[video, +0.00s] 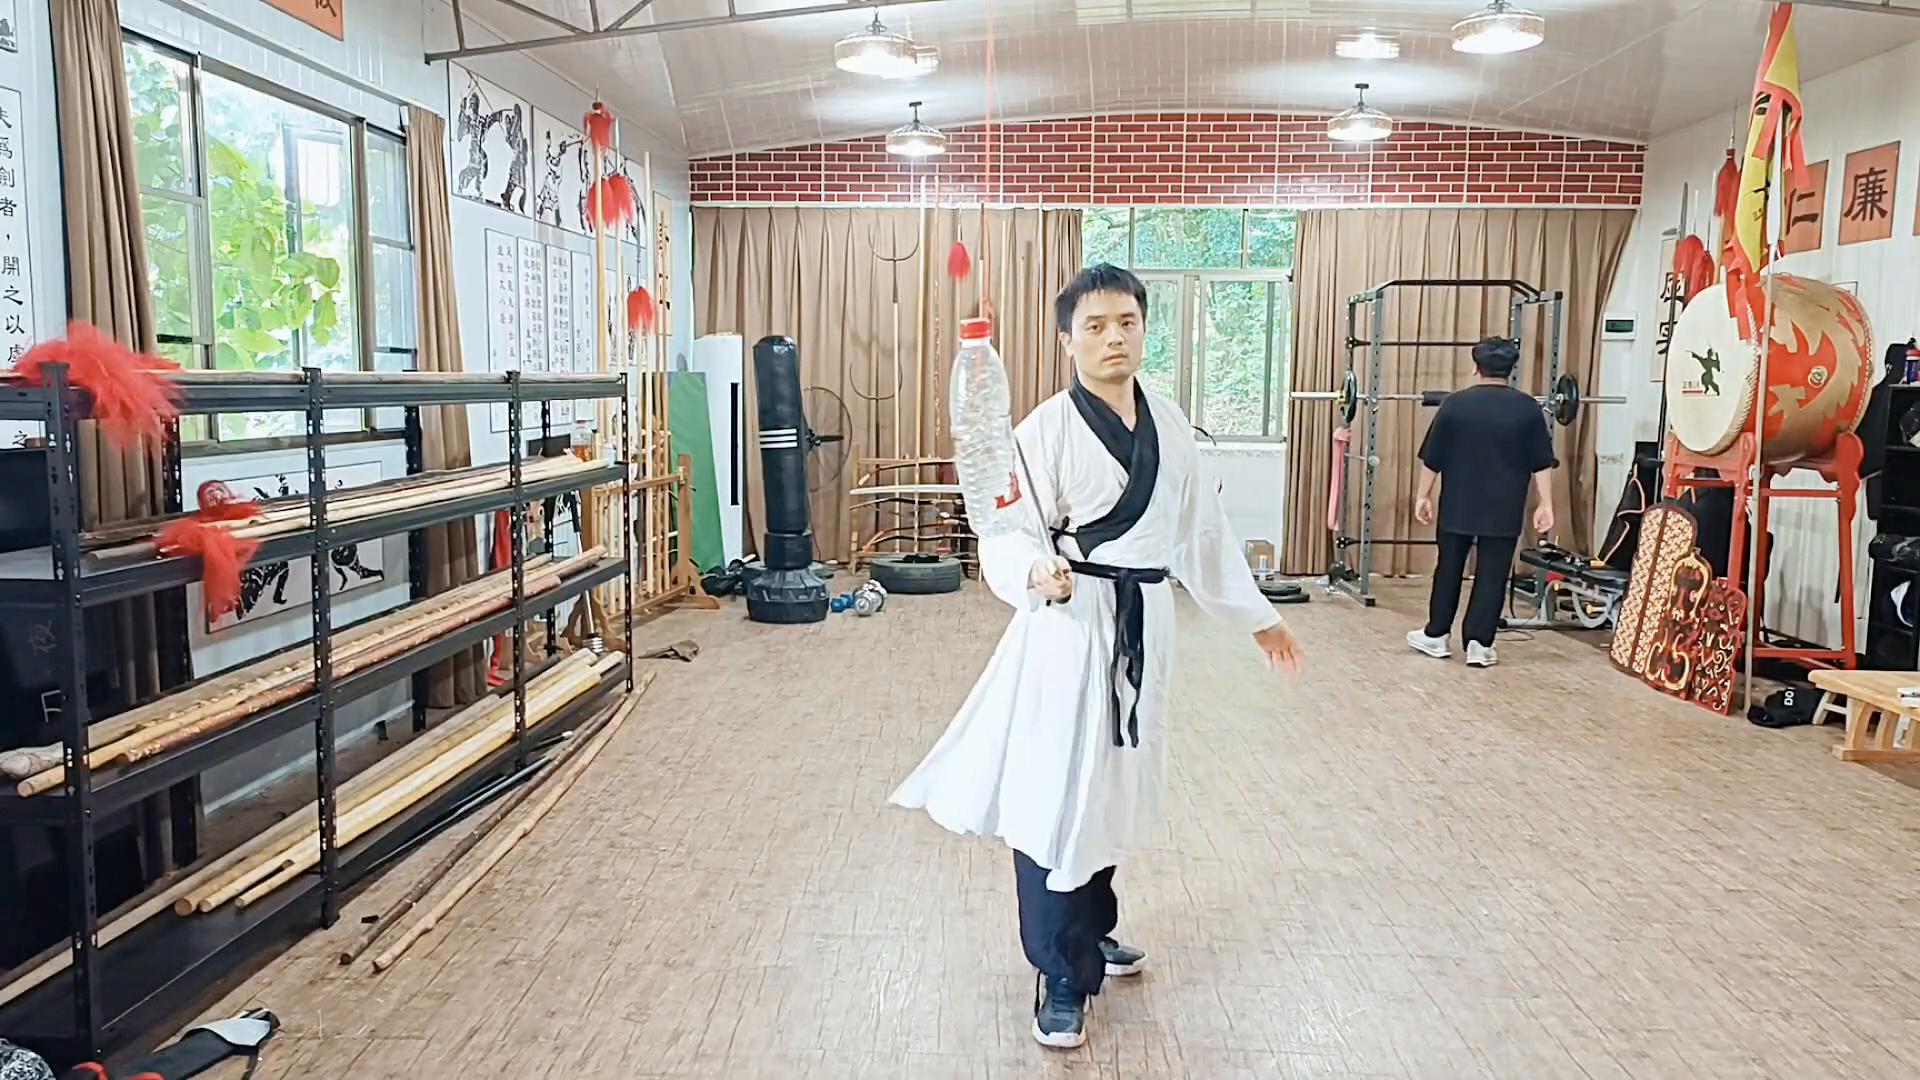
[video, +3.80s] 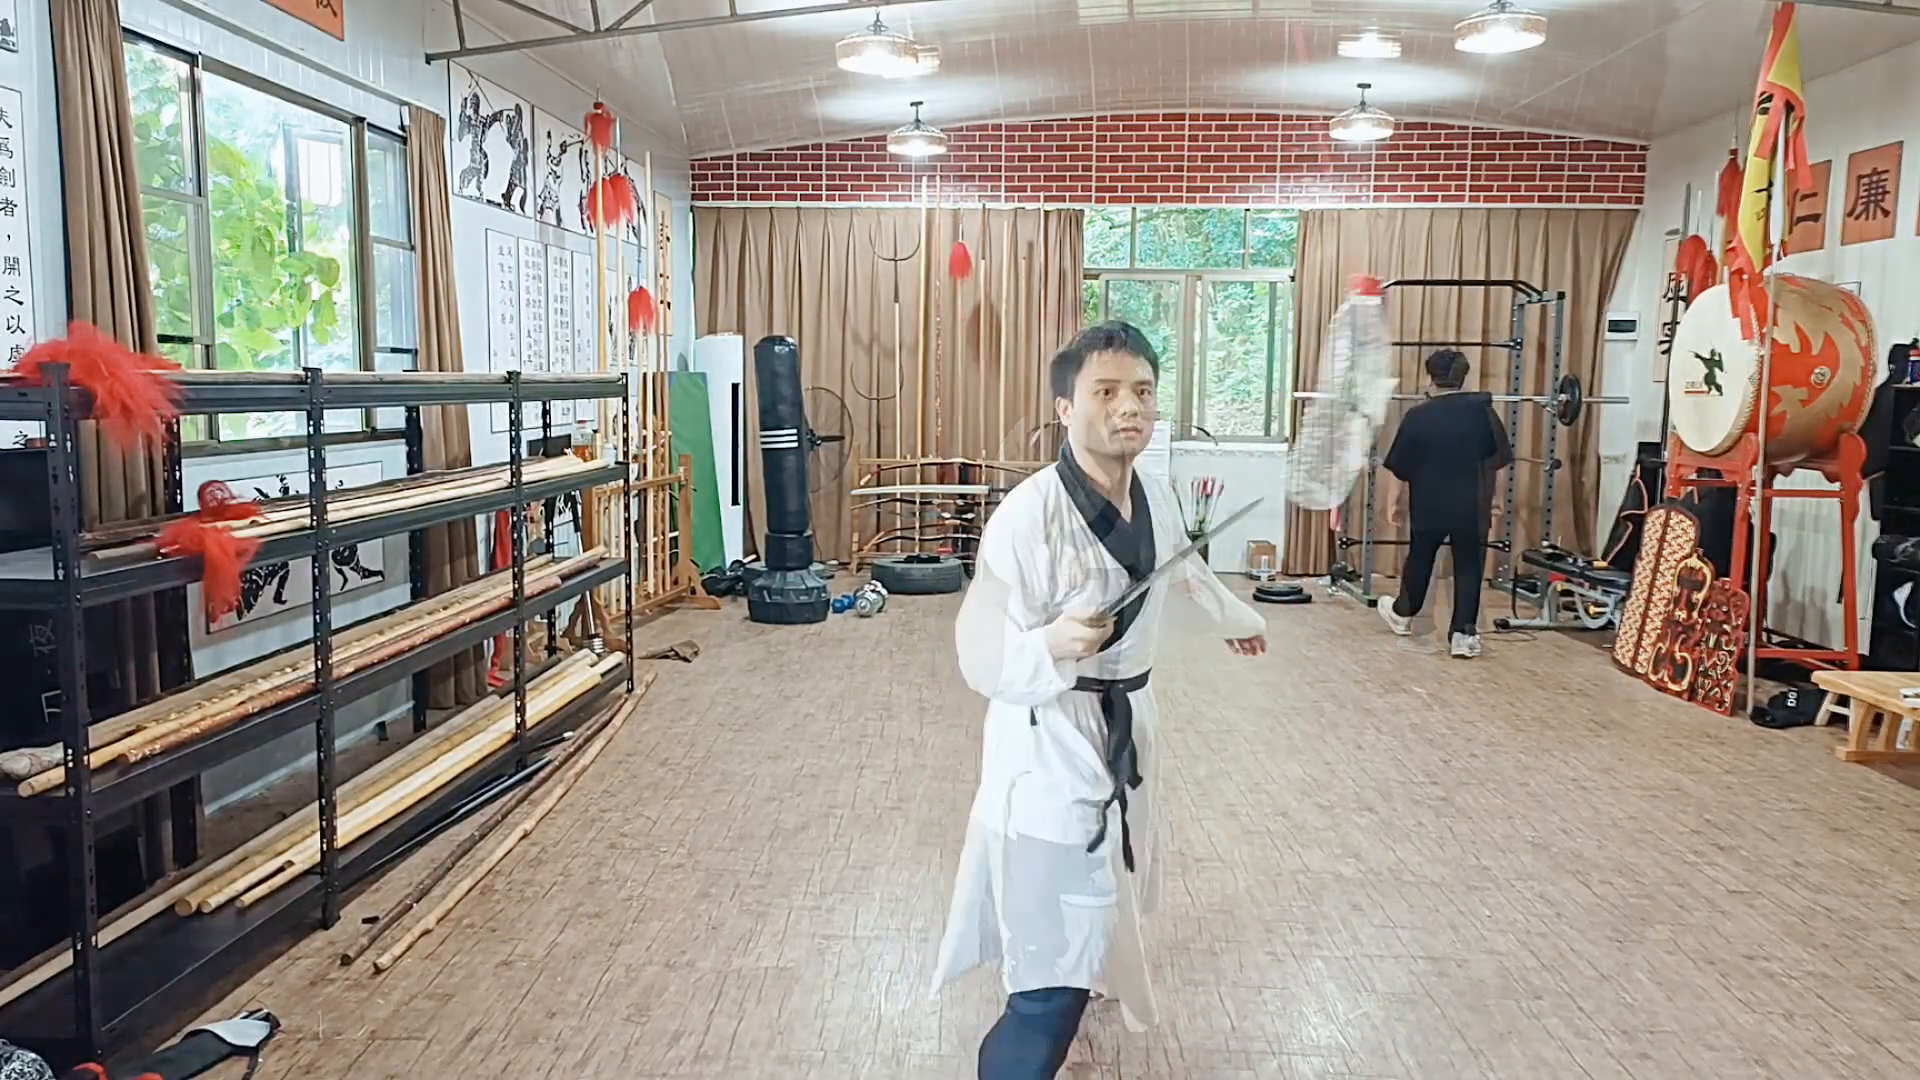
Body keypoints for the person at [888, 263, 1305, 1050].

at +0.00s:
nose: (1114, 337)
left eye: (1127, 321)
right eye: (1097, 325)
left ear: (1145, 332)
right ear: (1069, 339)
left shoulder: (1170, 428)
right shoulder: (1042, 433)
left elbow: (1207, 538)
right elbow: (1001, 533)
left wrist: (1260, 616)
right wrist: (1035, 571)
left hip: (1141, 626)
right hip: (1067, 627)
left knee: (1114, 782)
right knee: (1050, 796)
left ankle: (1089, 932)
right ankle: (1056, 979)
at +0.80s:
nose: (1120, 366)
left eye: (1133, 350)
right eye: (1101, 352)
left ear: (1150, 357)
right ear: (1067, 360)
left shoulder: (1146, 437)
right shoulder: (1041, 445)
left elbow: (1162, 534)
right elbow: (986, 551)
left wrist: (1183, 610)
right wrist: (1036, 575)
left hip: (1129, 652)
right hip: (1057, 660)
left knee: (1118, 802)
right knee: (1048, 839)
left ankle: (1097, 937)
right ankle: (1038, 1047)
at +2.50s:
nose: (1118, 395)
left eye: (1134, 376)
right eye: (1096, 377)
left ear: (1150, 388)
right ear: (1058, 389)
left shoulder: (1134, 467)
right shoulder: (1033, 473)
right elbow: (1029, 539)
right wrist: (1059, 542)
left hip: (1106, 686)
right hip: (1035, 696)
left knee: (1087, 863)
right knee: (1041, 878)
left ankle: (1033, 1041)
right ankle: (1015, 1050)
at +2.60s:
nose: (1125, 386)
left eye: (1140, 369)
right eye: (1103, 369)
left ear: (1156, 383)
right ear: (1064, 384)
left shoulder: (1137, 464)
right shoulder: (1034, 477)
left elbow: (1117, 582)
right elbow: (997, 605)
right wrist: (1027, 643)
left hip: (1103, 683)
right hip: (1036, 698)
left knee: (1078, 874)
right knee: (1042, 883)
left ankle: (1032, 1048)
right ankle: (1016, 1057)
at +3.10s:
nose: (1124, 363)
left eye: (1136, 349)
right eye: (1105, 350)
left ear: (1151, 365)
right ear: (1071, 365)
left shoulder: (1136, 450)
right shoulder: (1038, 460)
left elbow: (1133, 558)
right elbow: (991, 578)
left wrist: (1183, 615)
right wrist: (1016, 659)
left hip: (1116, 663)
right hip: (1053, 673)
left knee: (1116, 805)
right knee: (1043, 837)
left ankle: (1080, 934)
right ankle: (1015, 1036)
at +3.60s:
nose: (1098, 376)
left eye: (1109, 362)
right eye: (1080, 364)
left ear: (1122, 373)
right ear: (1051, 377)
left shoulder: (1111, 451)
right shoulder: (1035, 459)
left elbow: (1120, 547)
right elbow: (1005, 558)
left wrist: (1172, 594)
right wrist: (1059, 600)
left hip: (1104, 676)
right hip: (1045, 681)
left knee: (1087, 814)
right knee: (1056, 830)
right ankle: (1034, 980)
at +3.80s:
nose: (1131, 408)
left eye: (1142, 391)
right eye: (1108, 392)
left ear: (1155, 403)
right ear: (1064, 409)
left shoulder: (1147, 487)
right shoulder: (1029, 514)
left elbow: (1180, 567)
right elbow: (982, 653)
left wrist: (1233, 617)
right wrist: (1048, 644)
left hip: (1125, 718)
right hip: (1048, 733)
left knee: (1101, 890)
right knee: (1057, 966)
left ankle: (1059, 1028)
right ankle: (1014, 1061)